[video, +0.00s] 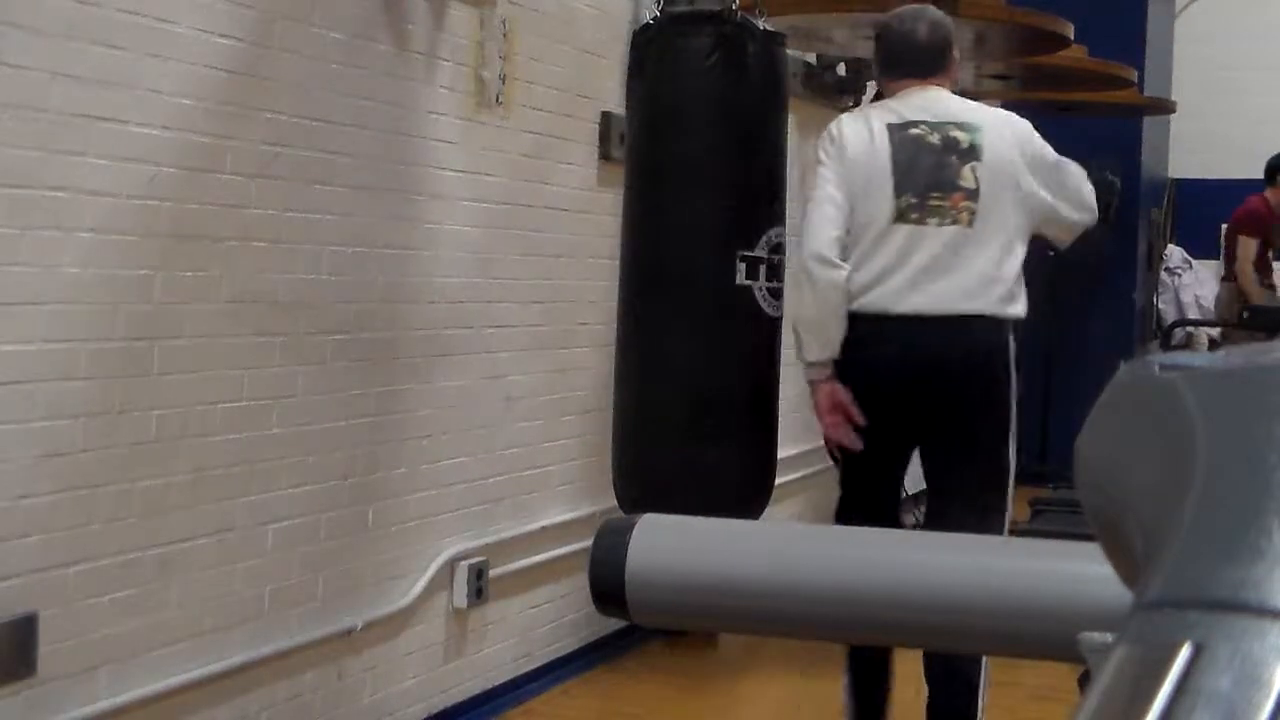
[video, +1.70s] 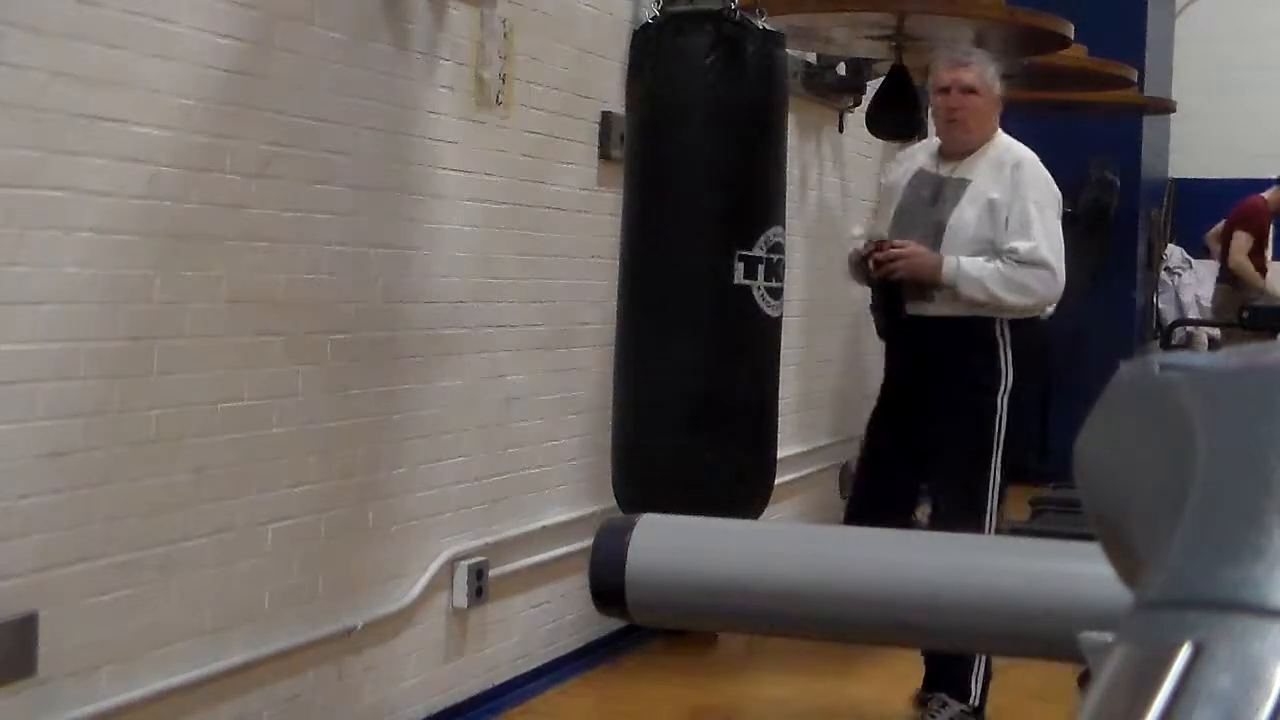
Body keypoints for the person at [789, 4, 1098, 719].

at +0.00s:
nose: (965, 72)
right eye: (962, 63)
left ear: (879, 71)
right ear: (954, 68)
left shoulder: (846, 135)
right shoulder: (1006, 133)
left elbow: (819, 257)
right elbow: (1078, 210)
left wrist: (821, 372)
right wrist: (1017, 186)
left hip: (876, 355)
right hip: (977, 361)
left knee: (863, 537)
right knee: (970, 542)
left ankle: (867, 704)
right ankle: (955, 707)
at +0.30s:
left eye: (898, 81)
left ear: (897, 91)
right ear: (974, 87)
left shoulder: (888, 164)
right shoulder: (1022, 142)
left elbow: (855, 286)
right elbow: (1027, 112)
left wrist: (830, 378)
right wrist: (990, 72)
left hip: (911, 360)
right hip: (1006, 360)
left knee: (900, 531)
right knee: (992, 518)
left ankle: (927, 702)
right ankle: (988, 677)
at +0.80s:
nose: (980, 95)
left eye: (984, 87)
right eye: (987, 84)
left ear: (996, 100)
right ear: (1048, 98)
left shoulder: (998, 167)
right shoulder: (1068, 143)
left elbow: (967, 278)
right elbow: (1023, 85)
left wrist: (883, 283)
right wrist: (983, 20)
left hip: (978, 350)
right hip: (1043, 351)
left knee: (932, 517)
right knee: (1012, 513)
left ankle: (937, 702)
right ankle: (1043, 686)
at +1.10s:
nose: (979, 99)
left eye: (991, 87)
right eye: (980, 86)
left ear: (1030, 97)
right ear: (1032, 98)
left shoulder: (1027, 165)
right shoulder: (1058, 149)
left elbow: (982, 268)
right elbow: (978, 177)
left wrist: (917, 221)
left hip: (999, 344)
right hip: (1039, 341)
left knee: (951, 503)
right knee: (1017, 502)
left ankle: (951, 693)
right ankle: (1044, 682)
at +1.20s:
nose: (978, 100)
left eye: (991, 89)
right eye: (978, 88)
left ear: (1029, 99)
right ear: (1018, 99)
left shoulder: (1032, 164)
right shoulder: (1032, 153)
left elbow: (989, 272)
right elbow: (965, 208)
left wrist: (918, 219)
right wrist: (928, 143)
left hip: (1000, 348)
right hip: (1015, 343)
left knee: (954, 511)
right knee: (1011, 509)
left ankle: (950, 691)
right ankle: (1044, 683)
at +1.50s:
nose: (959, 105)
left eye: (976, 93)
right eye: (952, 93)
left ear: (1012, 103)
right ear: (945, 100)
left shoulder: (1029, 173)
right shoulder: (944, 162)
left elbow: (1034, 284)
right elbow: (933, 246)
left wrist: (925, 266)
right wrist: (894, 259)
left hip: (996, 351)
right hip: (941, 346)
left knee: (967, 522)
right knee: (955, 517)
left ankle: (954, 691)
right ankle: (1031, 673)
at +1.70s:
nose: (950, 103)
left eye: (966, 92)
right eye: (941, 92)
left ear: (997, 103)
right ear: (929, 100)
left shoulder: (1022, 173)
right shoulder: (906, 164)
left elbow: (1041, 281)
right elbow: (867, 255)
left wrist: (940, 269)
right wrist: (870, 260)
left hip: (982, 361)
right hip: (909, 357)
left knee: (963, 525)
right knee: (873, 507)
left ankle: (955, 690)